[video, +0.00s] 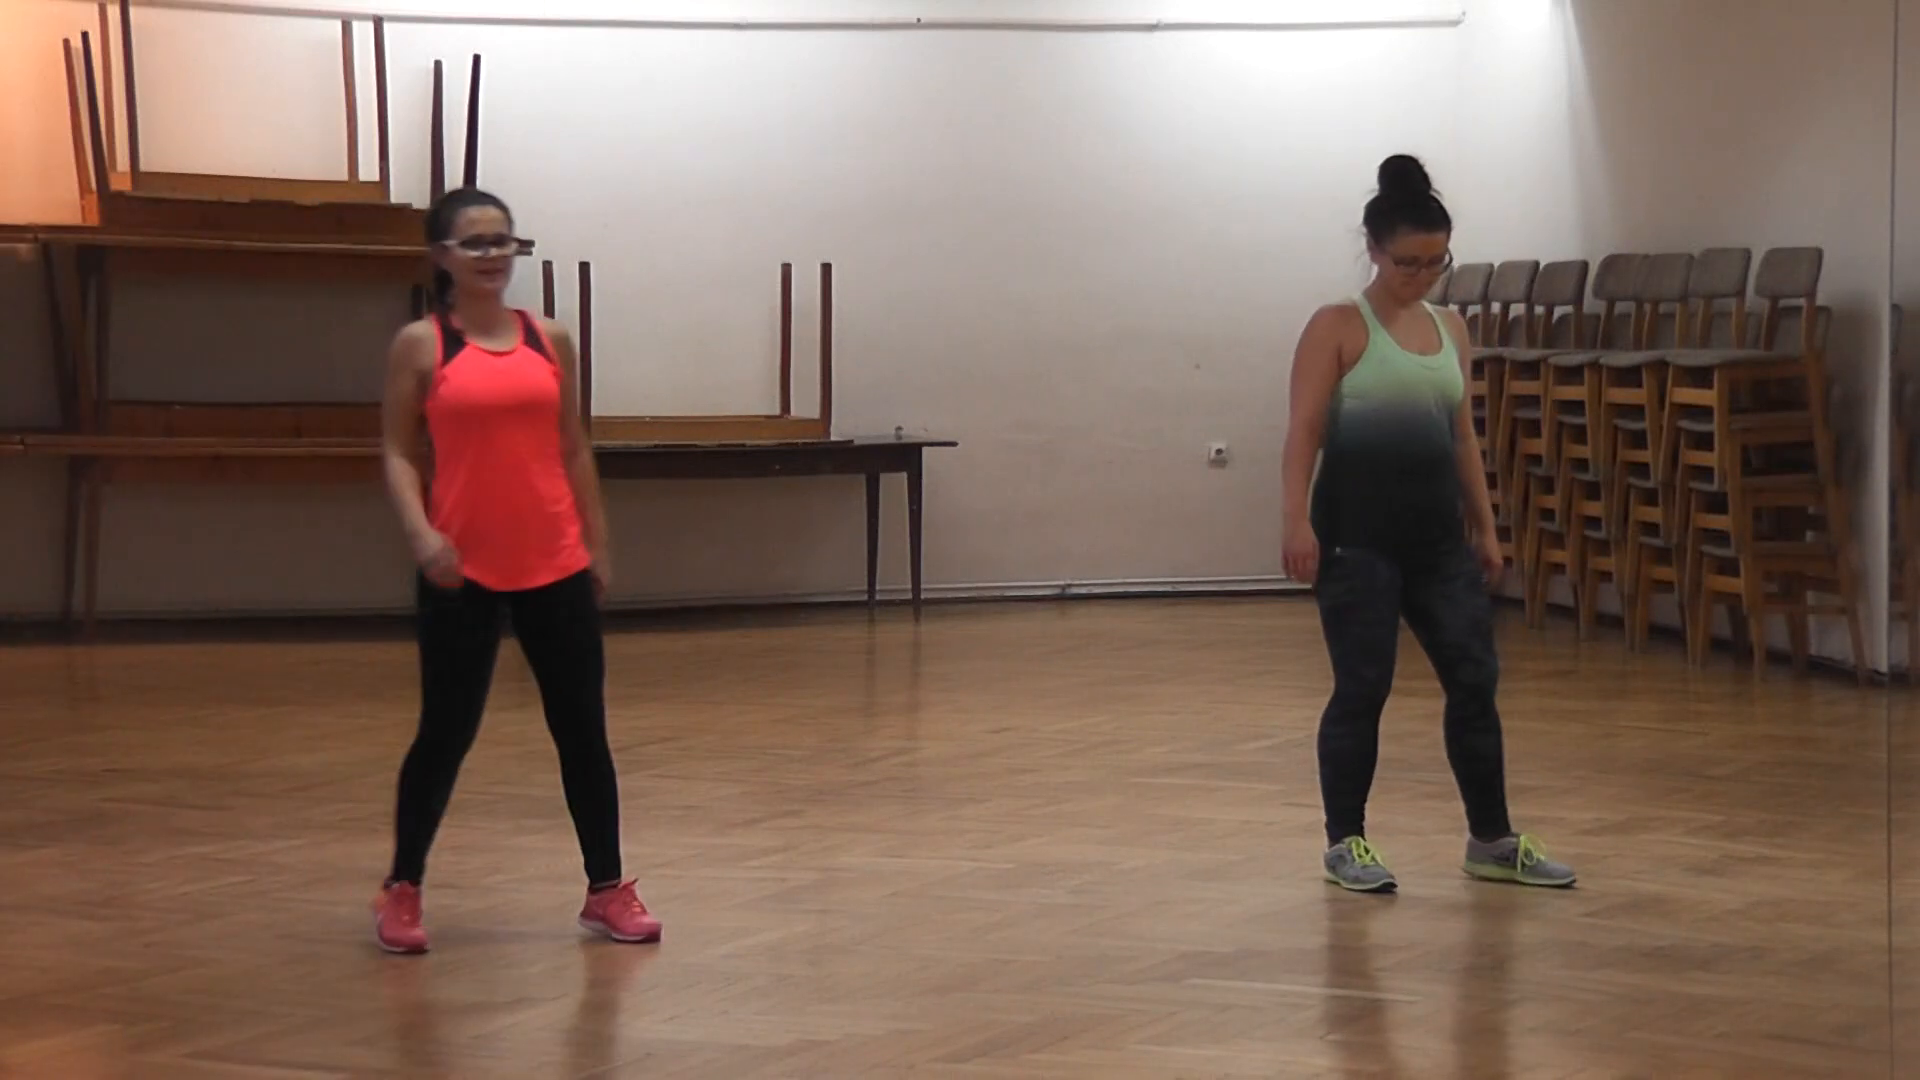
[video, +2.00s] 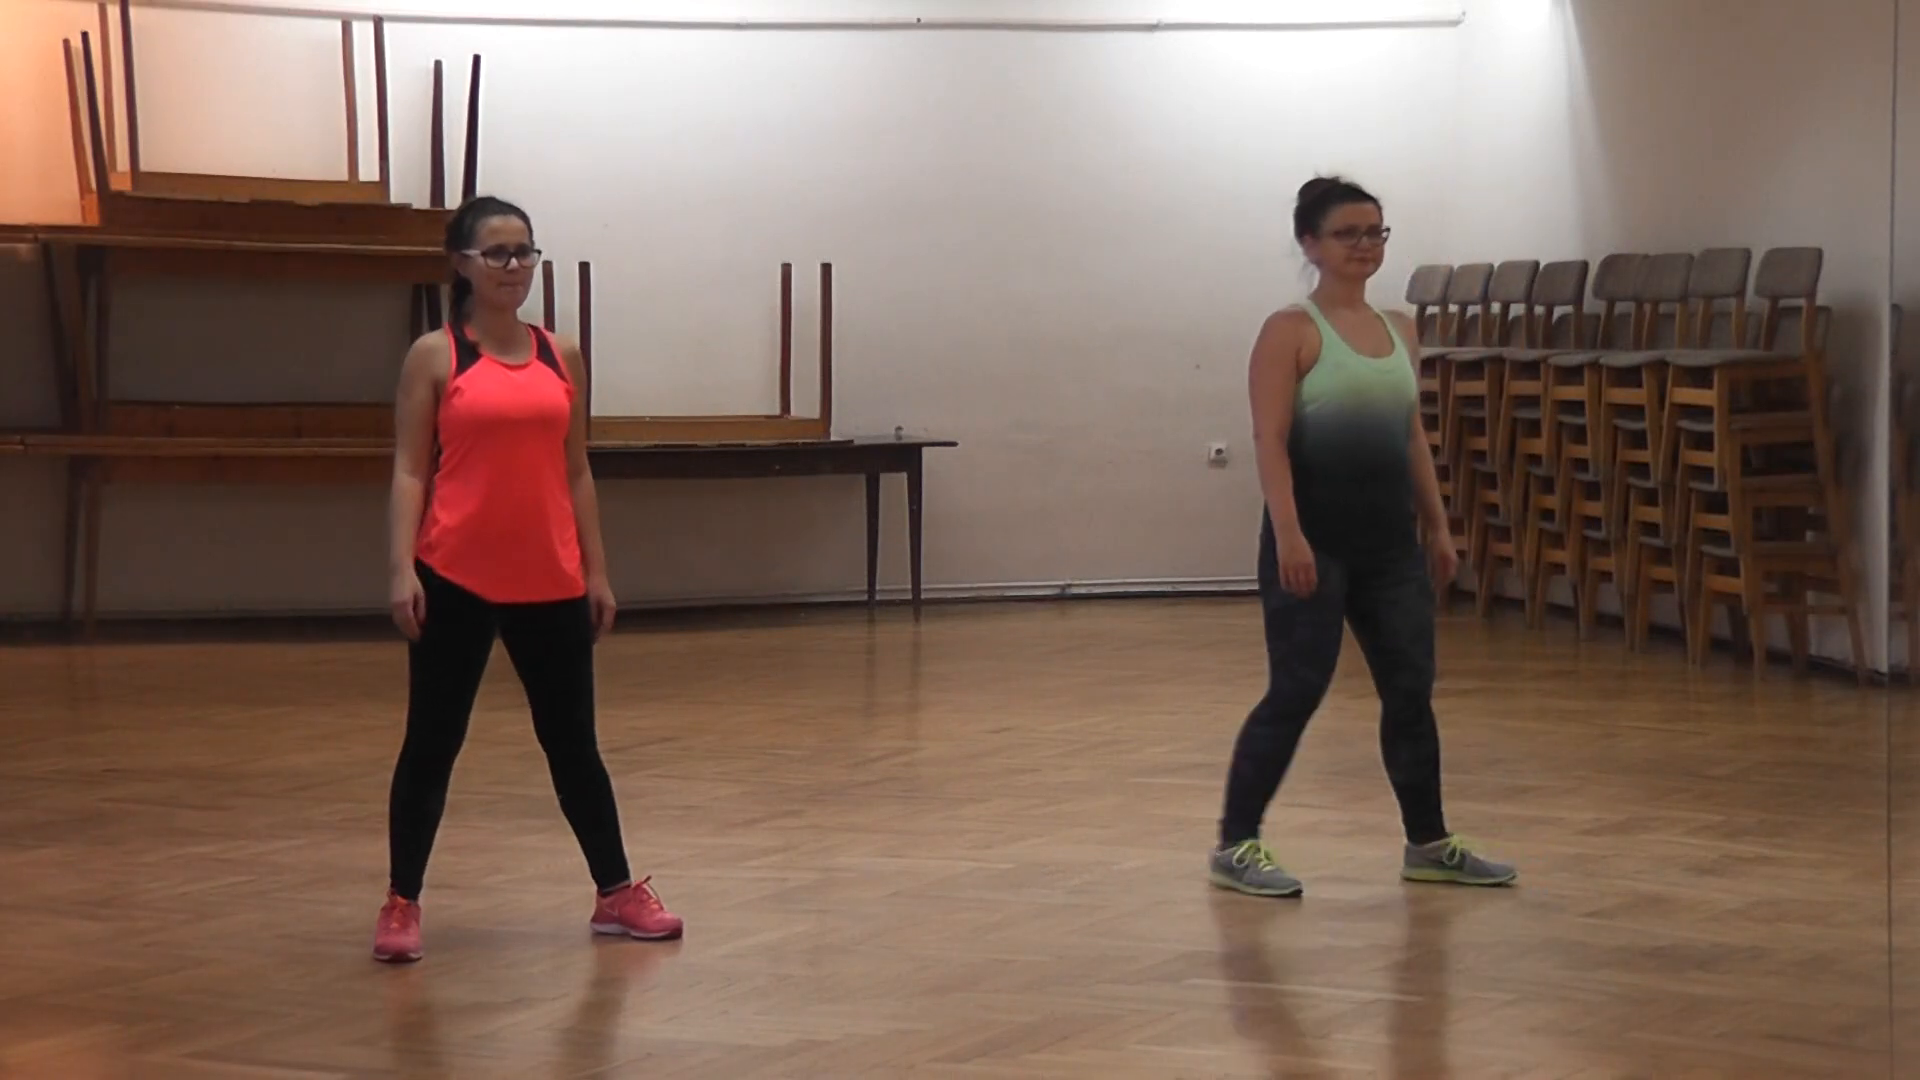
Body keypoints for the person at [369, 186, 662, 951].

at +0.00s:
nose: (494, 253)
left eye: (503, 241)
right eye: (477, 243)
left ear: (518, 249)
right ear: (442, 256)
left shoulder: (551, 340)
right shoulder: (420, 345)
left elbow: (575, 445)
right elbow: (399, 450)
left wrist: (597, 542)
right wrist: (422, 534)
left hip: (557, 568)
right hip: (463, 573)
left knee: (584, 733)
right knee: (445, 734)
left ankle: (609, 890)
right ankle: (403, 890)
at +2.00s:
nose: (513, 265)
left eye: (523, 252)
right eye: (497, 253)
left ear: (535, 262)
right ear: (461, 264)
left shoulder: (559, 353)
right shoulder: (434, 356)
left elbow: (577, 470)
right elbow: (411, 471)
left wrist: (598, 573)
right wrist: (402, 570)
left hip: (550, 579)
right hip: (455, 580)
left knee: (574, 744)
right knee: (430, 745)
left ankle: (618, 891)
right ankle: (402, 903)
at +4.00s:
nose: (530, 259)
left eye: (532, 244)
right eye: (509, 257)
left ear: (547, 251)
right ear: (482, 282)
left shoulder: (590, 357)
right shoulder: (459, 352)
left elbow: (603, 475)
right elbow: (429, 458)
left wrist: (617, 576)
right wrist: (411, 541)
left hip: (569, 582)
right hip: (471, 581)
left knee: (584, 742)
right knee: (443, 745)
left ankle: (620, 890)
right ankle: (403, 904)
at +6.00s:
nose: (182, 252)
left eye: (194, 240)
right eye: (166, 237)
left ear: (208, 250)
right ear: (130, 241)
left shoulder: (200, 338)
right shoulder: (108, 328)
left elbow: (195, 460)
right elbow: (111, 424)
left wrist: (226, 553)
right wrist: (222, 396)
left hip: (178, 577)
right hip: (98, 576)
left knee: (190, 732)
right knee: (97, 744)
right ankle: (72, 932)